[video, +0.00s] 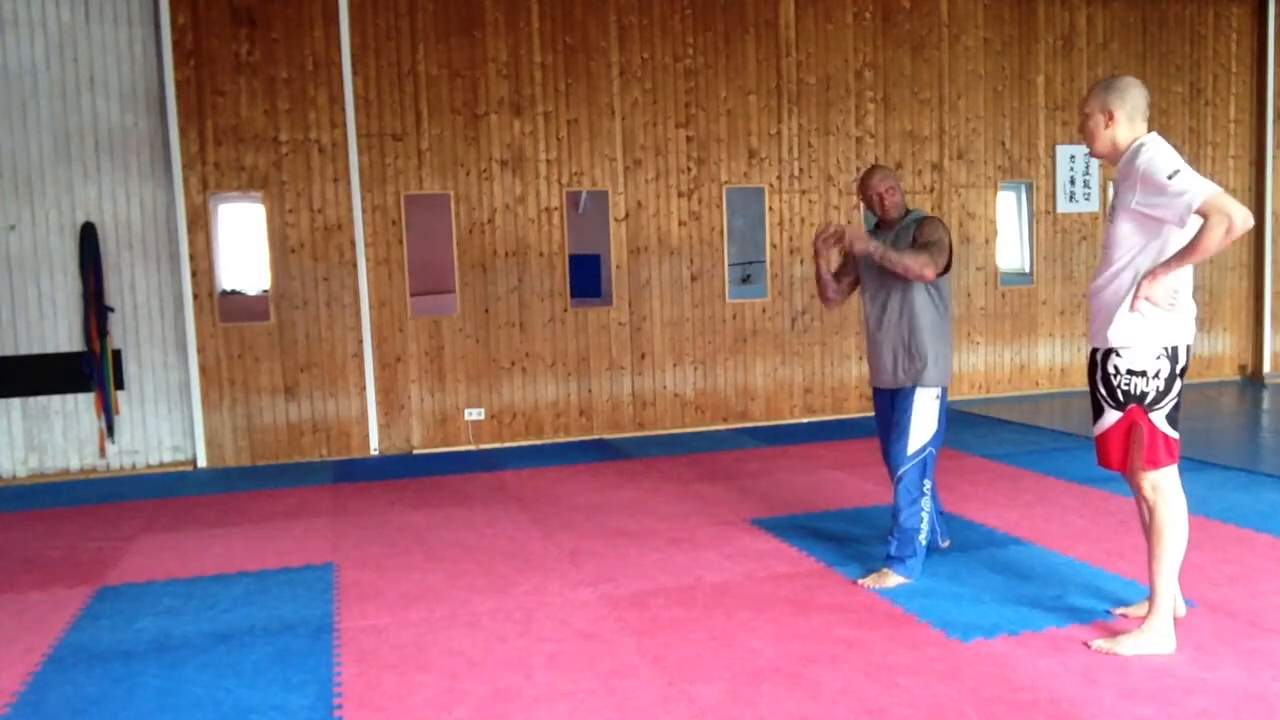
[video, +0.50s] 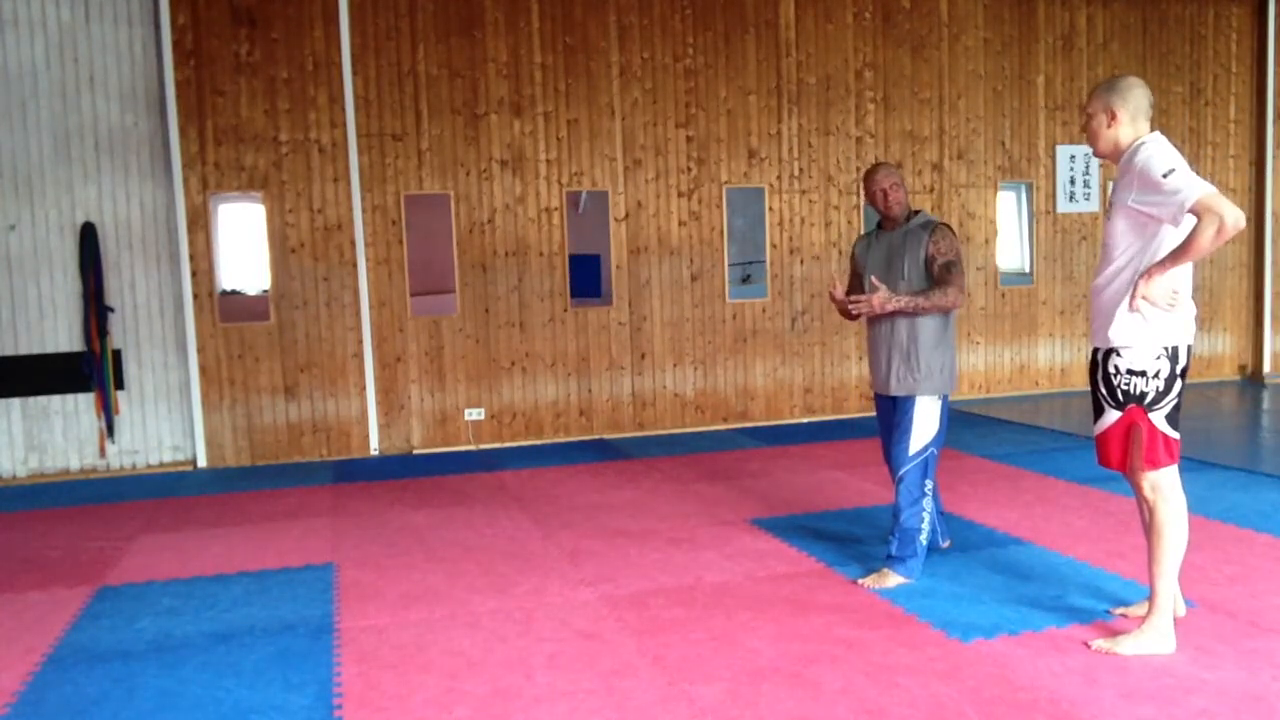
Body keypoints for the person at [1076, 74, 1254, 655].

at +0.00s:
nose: (1082, 134)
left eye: (1086, 121)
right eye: (1081, 122)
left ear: (1110, 118)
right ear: (1121, 117)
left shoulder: (1148, 158)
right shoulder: (1139, 162)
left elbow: (1233, 216)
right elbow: (1230, 219)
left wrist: (1167, 269)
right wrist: (1157, 269)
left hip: (1140, 338)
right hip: (1143, 337)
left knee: (1152, 478)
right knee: (1150, 473)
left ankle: (1160, 625)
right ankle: (1167, 592)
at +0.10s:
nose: (1083, 134)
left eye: (1087, 122)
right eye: (1083, 123)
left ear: (1111, 119)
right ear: (1124, 117)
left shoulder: (1148, 157)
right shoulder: (1143, 160)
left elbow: (1230, 216)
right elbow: (1232, 219)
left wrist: (1167, 268)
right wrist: (1159, 268)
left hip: (1139, 338)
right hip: (1147, 337)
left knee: (1151, 478)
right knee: (1152, 473)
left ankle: (1160, 624)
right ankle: (1167, 592)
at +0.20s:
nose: (1084, 133)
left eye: (1088, 121)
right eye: (1084, 121)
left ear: (1112, 117)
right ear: (1124, 116)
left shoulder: (1148, 157)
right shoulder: (1142, 160)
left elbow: (1230, 216)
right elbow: (1231, 219)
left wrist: (1166, 268)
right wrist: (1158, 267)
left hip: (1139, 338)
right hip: (1147, 337)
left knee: (1151, 477)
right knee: (1152, 472)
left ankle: (1160, 625)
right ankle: (1167, 592)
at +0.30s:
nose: (1085, 132)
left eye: (1089, 120)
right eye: (1085, 120)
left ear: (1113, 117)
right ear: (1126, 116)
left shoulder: (1148, 157)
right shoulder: (1144, 159)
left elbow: (1228, 216)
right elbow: (1228, 219)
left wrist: (1163, 269)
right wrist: (1156, 269)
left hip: (1140, 339)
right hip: (1146, 338)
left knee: (1151, 477)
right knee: (1152, 473)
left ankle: (1160, 625)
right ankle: (1167, 593)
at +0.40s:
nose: (1085, 131)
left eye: (1089, 119)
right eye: (1085, 119)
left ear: (1114, 117)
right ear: (1126, 116)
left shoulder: (1147, 156)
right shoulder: (1145, 158)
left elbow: (1226, 216)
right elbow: (1228, 219)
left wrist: (1162, 269)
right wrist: (1157, 269)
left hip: (1140, 339)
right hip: (1147, 338)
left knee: (1151, 478)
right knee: (1153, 473)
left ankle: (1160, 625)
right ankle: (1167, 594)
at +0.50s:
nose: (1085, 131)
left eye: (1090, 119)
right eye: (1086, 120)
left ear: (1114, 117)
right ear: (1127, 116)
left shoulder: (1146, 157)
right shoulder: (1149, 157)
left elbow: (1223, 215)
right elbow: (1228, 219)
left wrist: (1161, 269)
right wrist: (1161, 268)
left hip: (1139, 339)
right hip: (1148, 338)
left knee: (1152, 477)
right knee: (1153, 473)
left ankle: (1160, 625)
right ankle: (1167, 593)